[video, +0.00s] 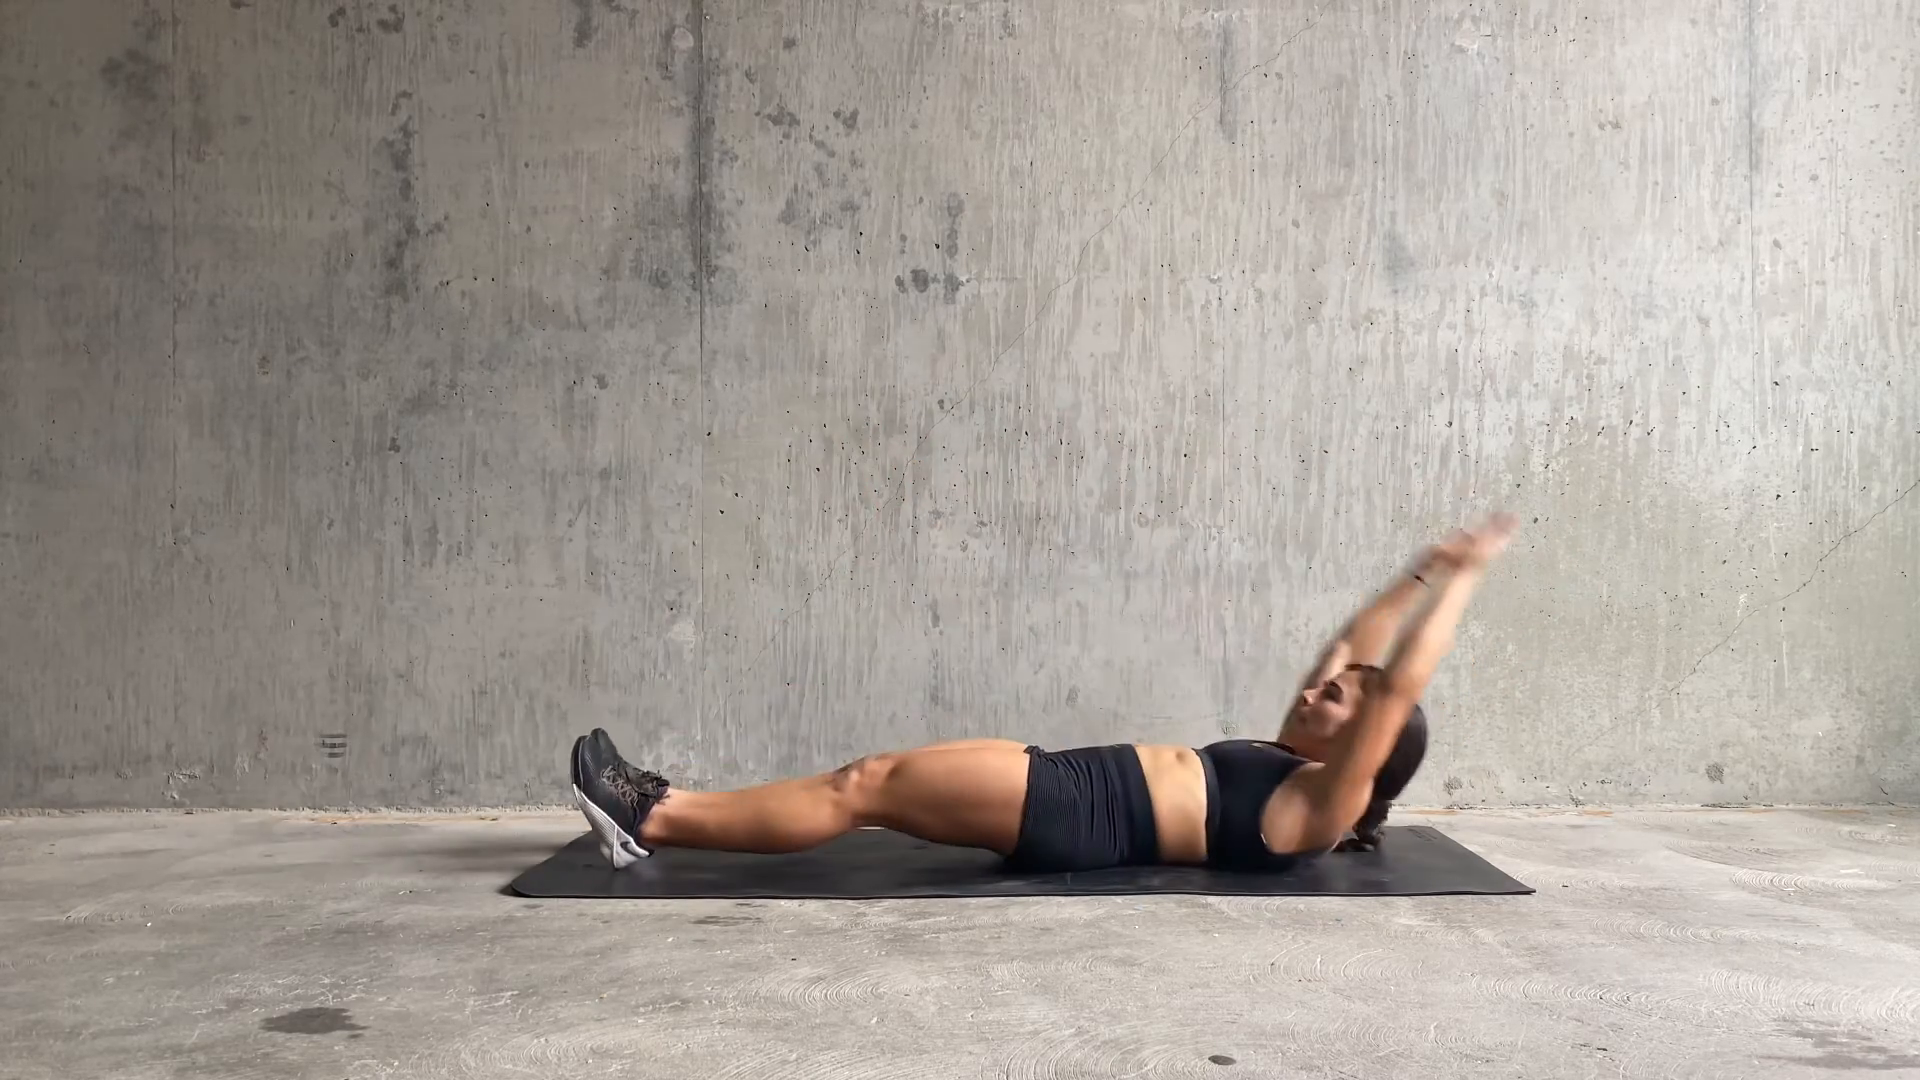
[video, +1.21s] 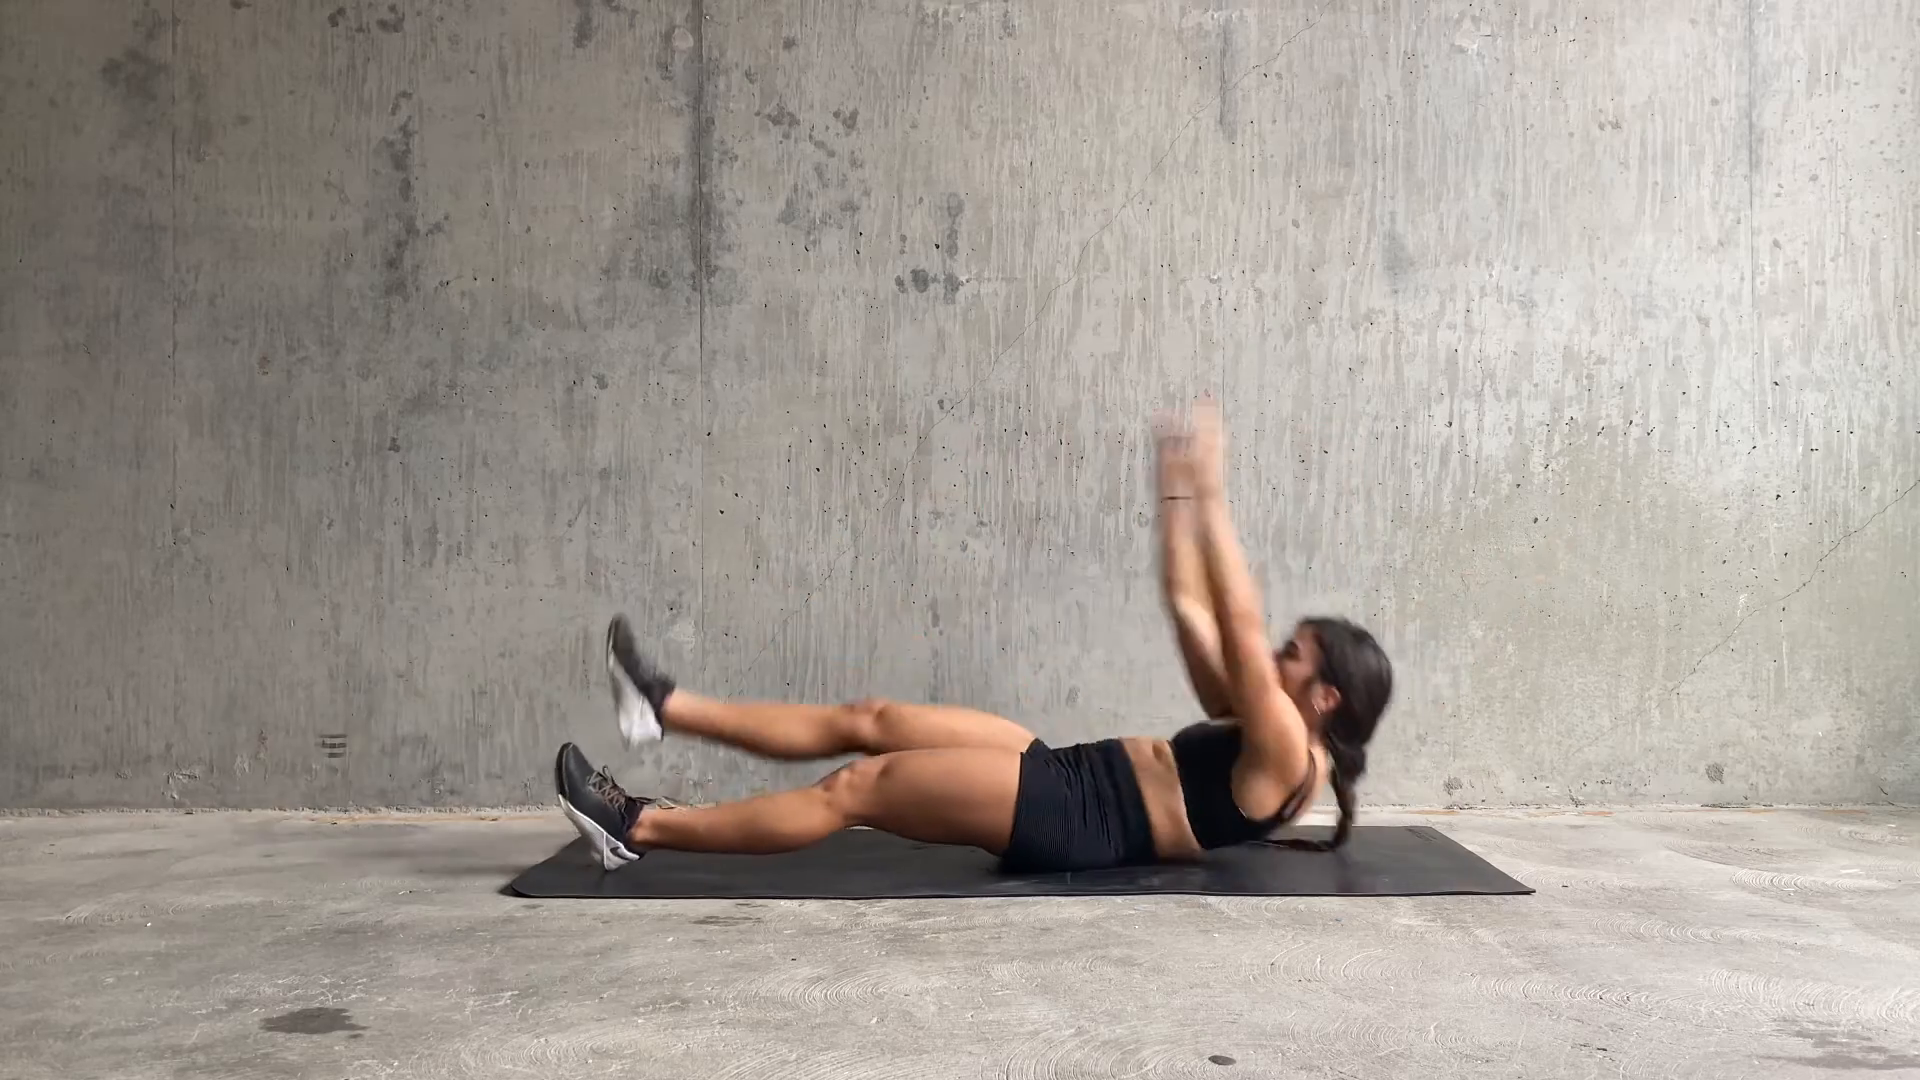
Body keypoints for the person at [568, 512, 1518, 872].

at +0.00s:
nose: (1315, 696)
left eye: (1339, 695)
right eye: (1326, 681)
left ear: (1369, 729)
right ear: (1319, 693)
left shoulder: (1321, 807)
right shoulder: (1297, 773)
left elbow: (1399, 689)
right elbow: (1353, 657)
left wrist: (1457, 581)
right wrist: (1419, 573)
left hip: (1087, 807)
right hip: (1082, 781)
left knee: (873, 787)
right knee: (877, 777)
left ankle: (656, 822)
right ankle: (671, 814)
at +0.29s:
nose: (1338, 701)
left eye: (1356, 702)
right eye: (1346, 696)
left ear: (1372, 748)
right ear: (1361, 744)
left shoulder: (1326, 809)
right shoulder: (1304, 775)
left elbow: (1369, 665)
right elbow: (1318, 654)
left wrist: (1408, 549)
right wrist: (1387, 557)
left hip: (1082, 807)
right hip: (1082, 777)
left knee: (871, 784)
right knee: (873, 768)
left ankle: (658, 822)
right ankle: (671, 810)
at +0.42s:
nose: (1287, 690)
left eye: (1306, 685)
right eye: (1299, 676)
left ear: (1344, 720)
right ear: (1340, 719)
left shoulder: (1291, 766)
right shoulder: (1297, 764)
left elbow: (1186, 659)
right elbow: (1202, 657)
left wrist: (1130, 539)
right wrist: (1144, 551)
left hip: (1078, 810)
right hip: (1078, 783)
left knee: (870, 791)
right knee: (885, 736)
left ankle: (650, 828)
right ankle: (679, 739)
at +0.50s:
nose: (1243, 649)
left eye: (1260, 642)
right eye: (1253, 637)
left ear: (1301, 670)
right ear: (1303, 671)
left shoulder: (1261, 730)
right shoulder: (1272, 733)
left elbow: (1131, 667)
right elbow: (1128, 663)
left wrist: (1011, 581)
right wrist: (1019, 585)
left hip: (1069, 809)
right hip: (1062, 771)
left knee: (856, 786)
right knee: (896, 685)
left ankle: (644, 821)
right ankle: (697, 635)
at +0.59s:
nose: (1197, 599)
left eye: (1214, 592)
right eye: (1206, 588)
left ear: (1251, 621)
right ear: (1251, 621)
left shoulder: (1220, 682)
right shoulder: (1232, 683)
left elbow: (1080, 622)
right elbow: (1076, 656)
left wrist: (962, 547)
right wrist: (965, 604)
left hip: (1065, 811)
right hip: (1060, 773)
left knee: (848, 772)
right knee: (922, 639)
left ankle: (634, 825)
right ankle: (754, 530)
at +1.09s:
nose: (1228, 618)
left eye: (1247, 614)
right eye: (1238, 607)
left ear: (1288, 645)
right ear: (1276, 636)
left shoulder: (1252, 702)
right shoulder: (1228, 689)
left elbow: (1141, 606)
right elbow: (1107, 621)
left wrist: (1060, 492)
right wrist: (1025, 530)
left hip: (1066, 810)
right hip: (1058, 770)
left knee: (850, 784)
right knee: (890, 672)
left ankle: (633, 825)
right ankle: (701, 610)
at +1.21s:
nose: (1271, 662)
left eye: (1289, 658)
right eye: (1282, 649)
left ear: (1324, 694)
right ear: (1319, 689)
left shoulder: (1291, 756)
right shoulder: (1272, 736)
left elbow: (1229, 615)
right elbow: (1203, 620)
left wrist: (1201, 492)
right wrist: (1188, 498)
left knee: (862, 789)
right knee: (871, 720)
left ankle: (641, 829)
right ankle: (670, 708)